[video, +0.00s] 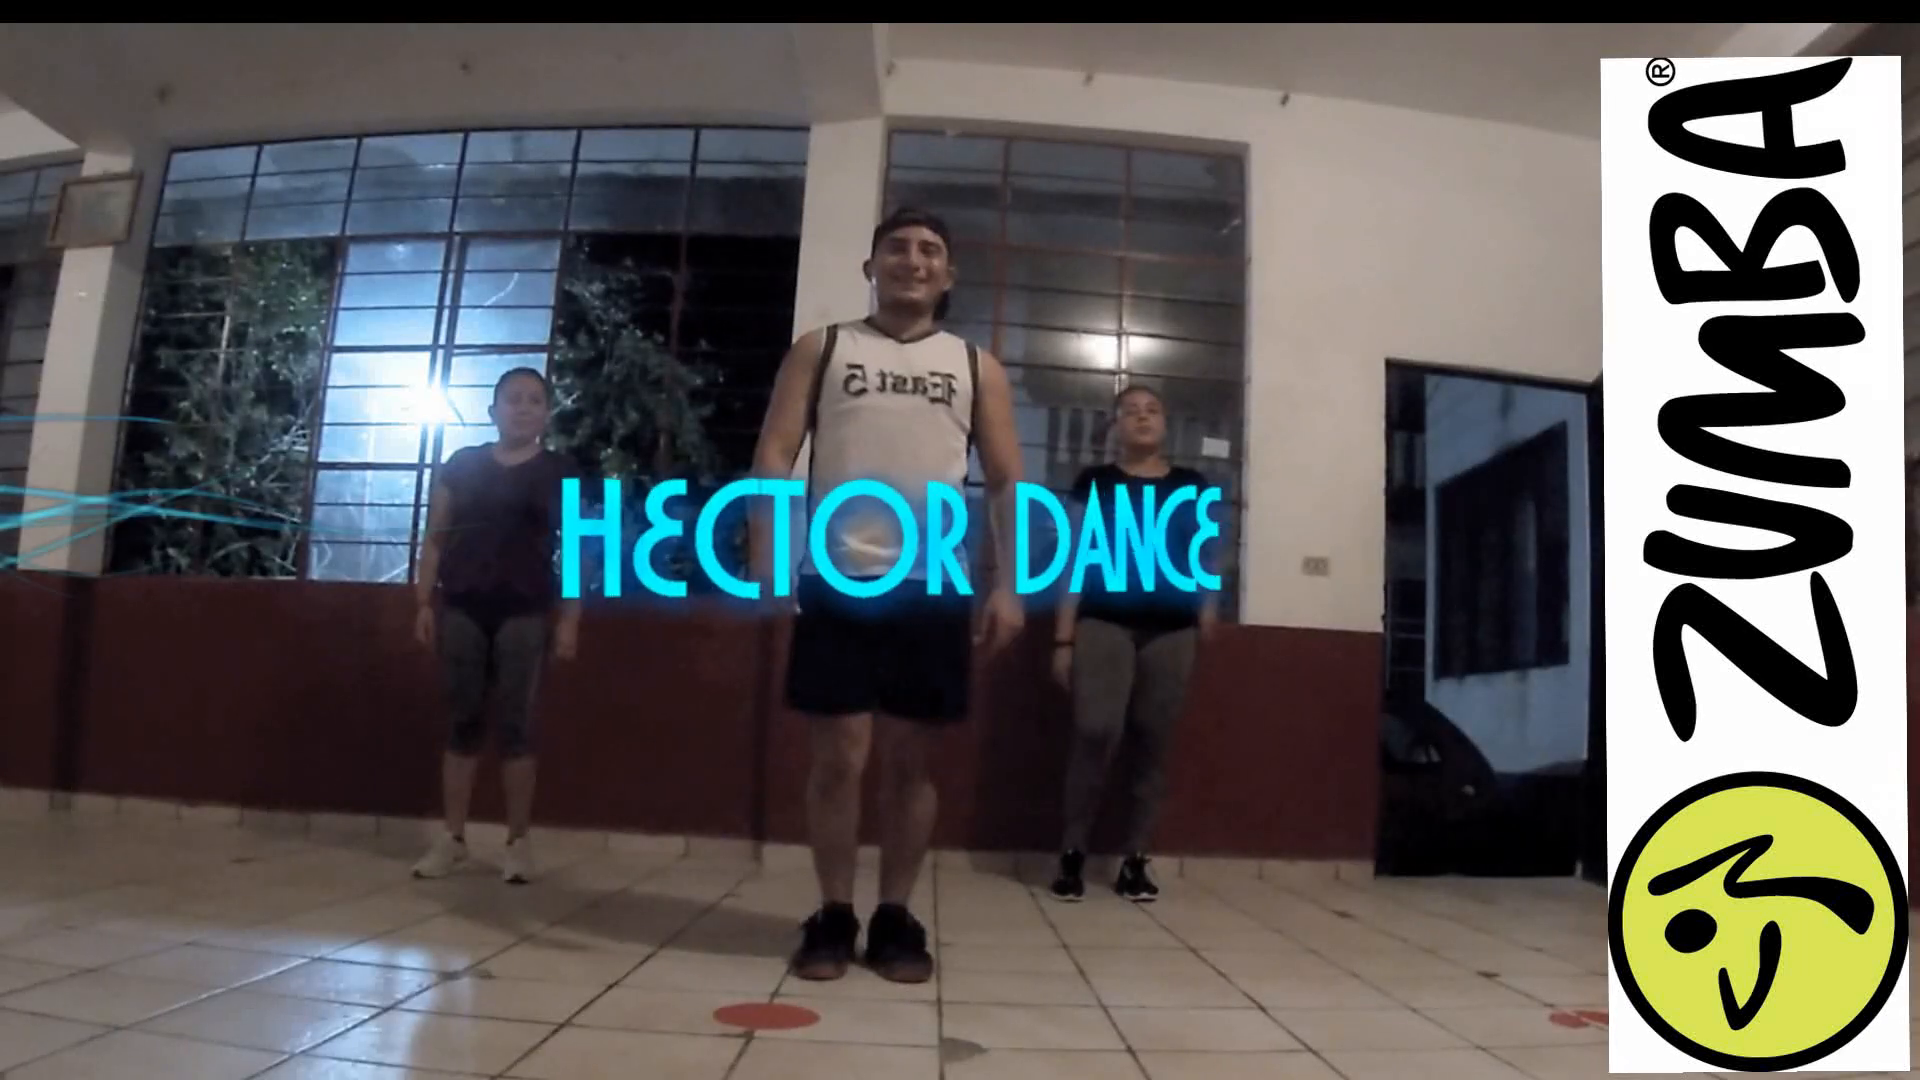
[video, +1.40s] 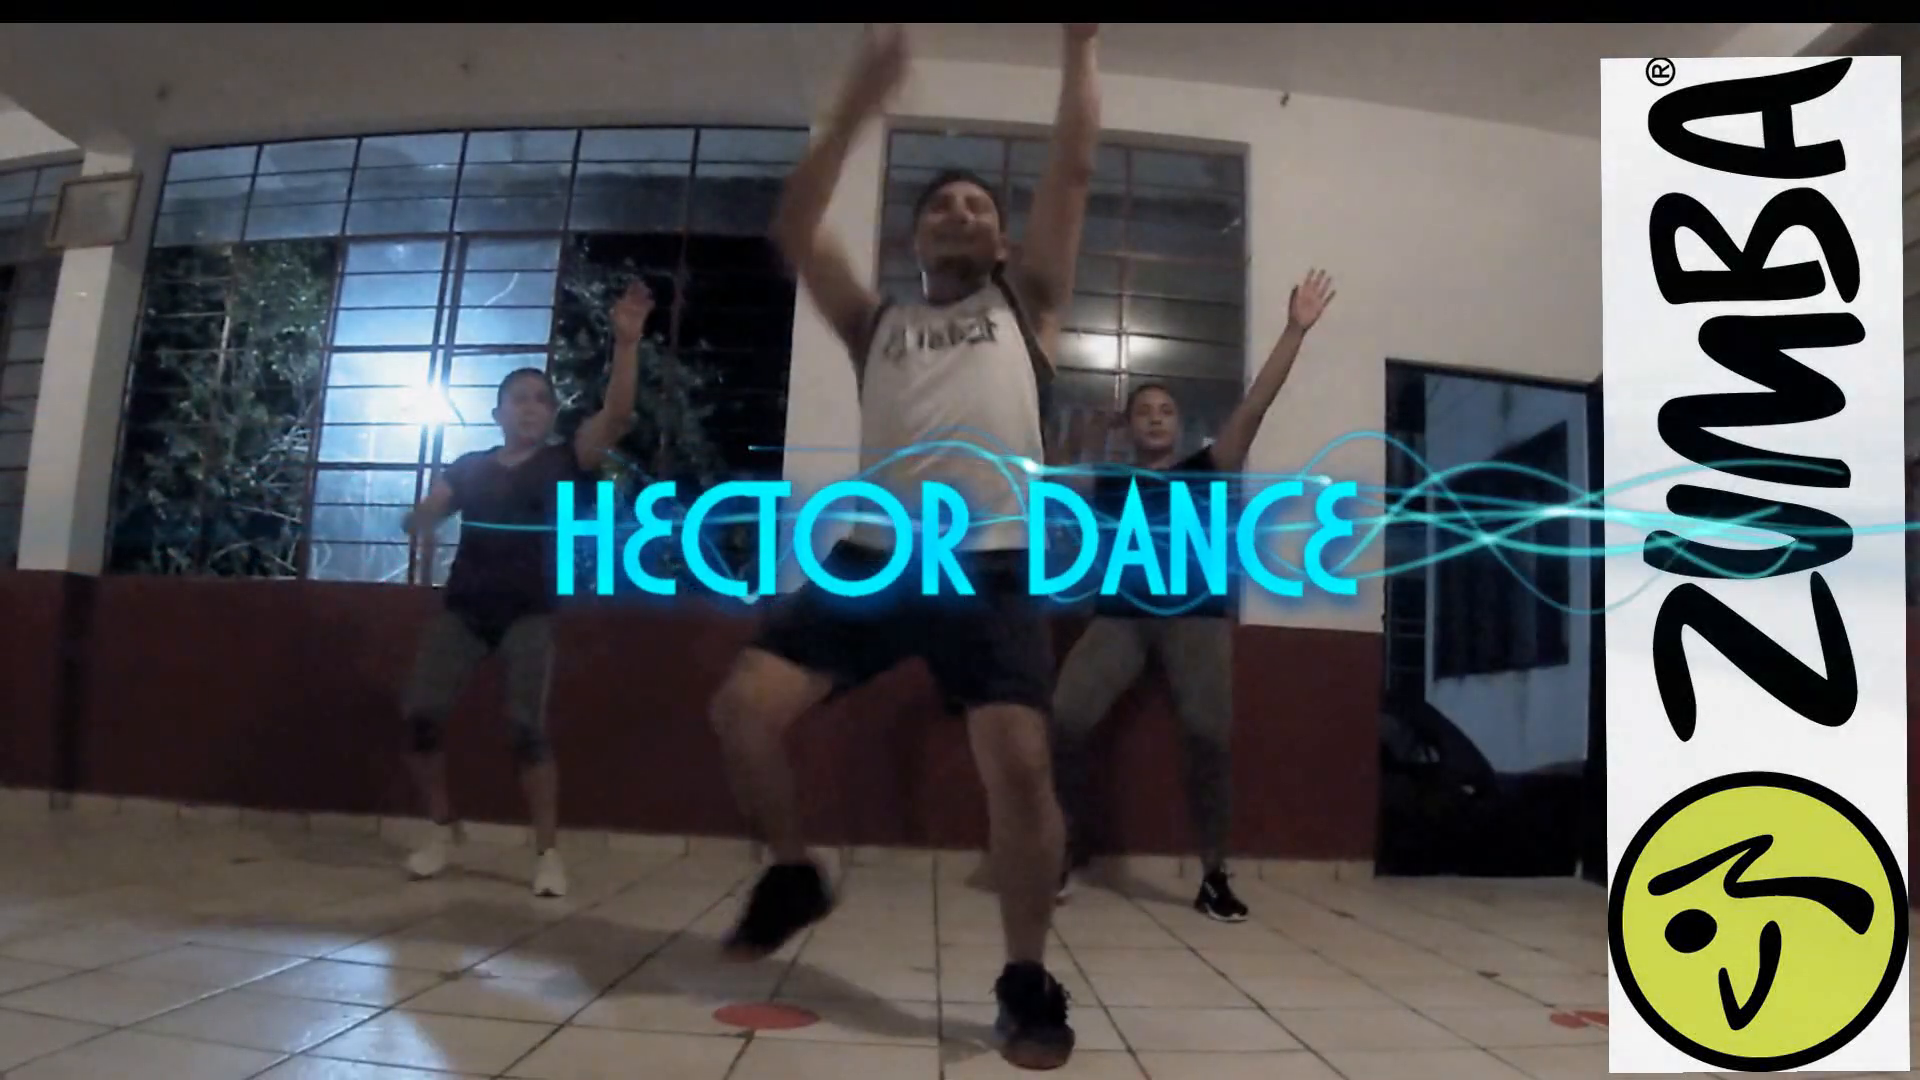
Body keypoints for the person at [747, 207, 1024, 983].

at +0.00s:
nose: (915, 260)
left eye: (929, 251)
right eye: (900, 248)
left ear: (948, 274)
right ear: (871, 266)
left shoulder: (976, 367)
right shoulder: (821, 348)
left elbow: (1005, 483)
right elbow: (774, 452)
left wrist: (1006, 584)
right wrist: (768, 551)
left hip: (931, 591)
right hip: (834, 585)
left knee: (912, 762)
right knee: (838, 757)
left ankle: (895, 919)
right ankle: (833, 917)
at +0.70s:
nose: (905, 262)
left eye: (920, 253)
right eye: (890, 250)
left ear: (940, 276)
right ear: (862, 269)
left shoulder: (970, 370)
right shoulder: (811, 354)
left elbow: (1008, 486)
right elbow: (763, 468)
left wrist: (947, 496)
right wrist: (796, 527)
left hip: (927, 587)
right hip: (830, 585)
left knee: (919, 761)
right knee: (831, 753)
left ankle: (896, 916)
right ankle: (831, 916)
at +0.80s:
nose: (902, 266)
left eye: (918, 256)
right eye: (886, 255)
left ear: (936, 281)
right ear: (860, 276)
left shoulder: (963, 368)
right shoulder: (810, 360)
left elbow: (1017, 457)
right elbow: (759, 467)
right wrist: (780, 535)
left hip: (930, 585)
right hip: (829, 584)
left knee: (958, 731)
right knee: (829, 752)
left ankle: (916, 883)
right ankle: (831, 914)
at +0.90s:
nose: (909, 249)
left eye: (924, 241)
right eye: (893, 240)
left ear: (945, 269)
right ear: (866, 265)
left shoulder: (969, 351)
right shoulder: (815, 352)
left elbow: (1044, 308)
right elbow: (757, 454)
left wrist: (1011, 196)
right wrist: (750, 529)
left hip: (932, 582)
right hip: (833, 582)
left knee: (986, 697)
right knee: (829, 762)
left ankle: (946, 882)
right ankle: (831, 914)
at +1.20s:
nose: (947, 231)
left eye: (961, 228)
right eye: (929, 227)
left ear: (986, 263)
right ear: (900, 265)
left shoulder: (1007, 321)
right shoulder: (862, 367)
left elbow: (1044, 186)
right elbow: (801, 470)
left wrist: (1054, 64)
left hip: (963, 581)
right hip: (856, 580)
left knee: (992, 765)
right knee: (825, 765)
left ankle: (1024, 978)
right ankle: (834, 910)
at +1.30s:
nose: (957, 226)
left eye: (973, 222)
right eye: (939, 221)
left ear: (997, 253)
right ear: (913, 258)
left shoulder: (1024, 314)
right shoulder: (880, 356)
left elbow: (1062, 173)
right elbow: (782, 366)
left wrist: (1069, 55)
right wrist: (843, 249)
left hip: (983, 585)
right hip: (873, 581)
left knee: (1006, 767)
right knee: (760, 743)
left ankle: (1025, 979)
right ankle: (822, 866)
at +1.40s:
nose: (960, 208)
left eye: (978, 204)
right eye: (942, 205)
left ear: (1004, 240)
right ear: (916, 241)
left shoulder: (1026, 307)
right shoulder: (876, 320)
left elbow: (1071, 168)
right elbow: (796, 231)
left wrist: (1081, 46)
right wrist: (852, 109)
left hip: (990, 580)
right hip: (868, 571)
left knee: (1020, 761)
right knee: (742, 711)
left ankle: (1028, 977)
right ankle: (791, 874)